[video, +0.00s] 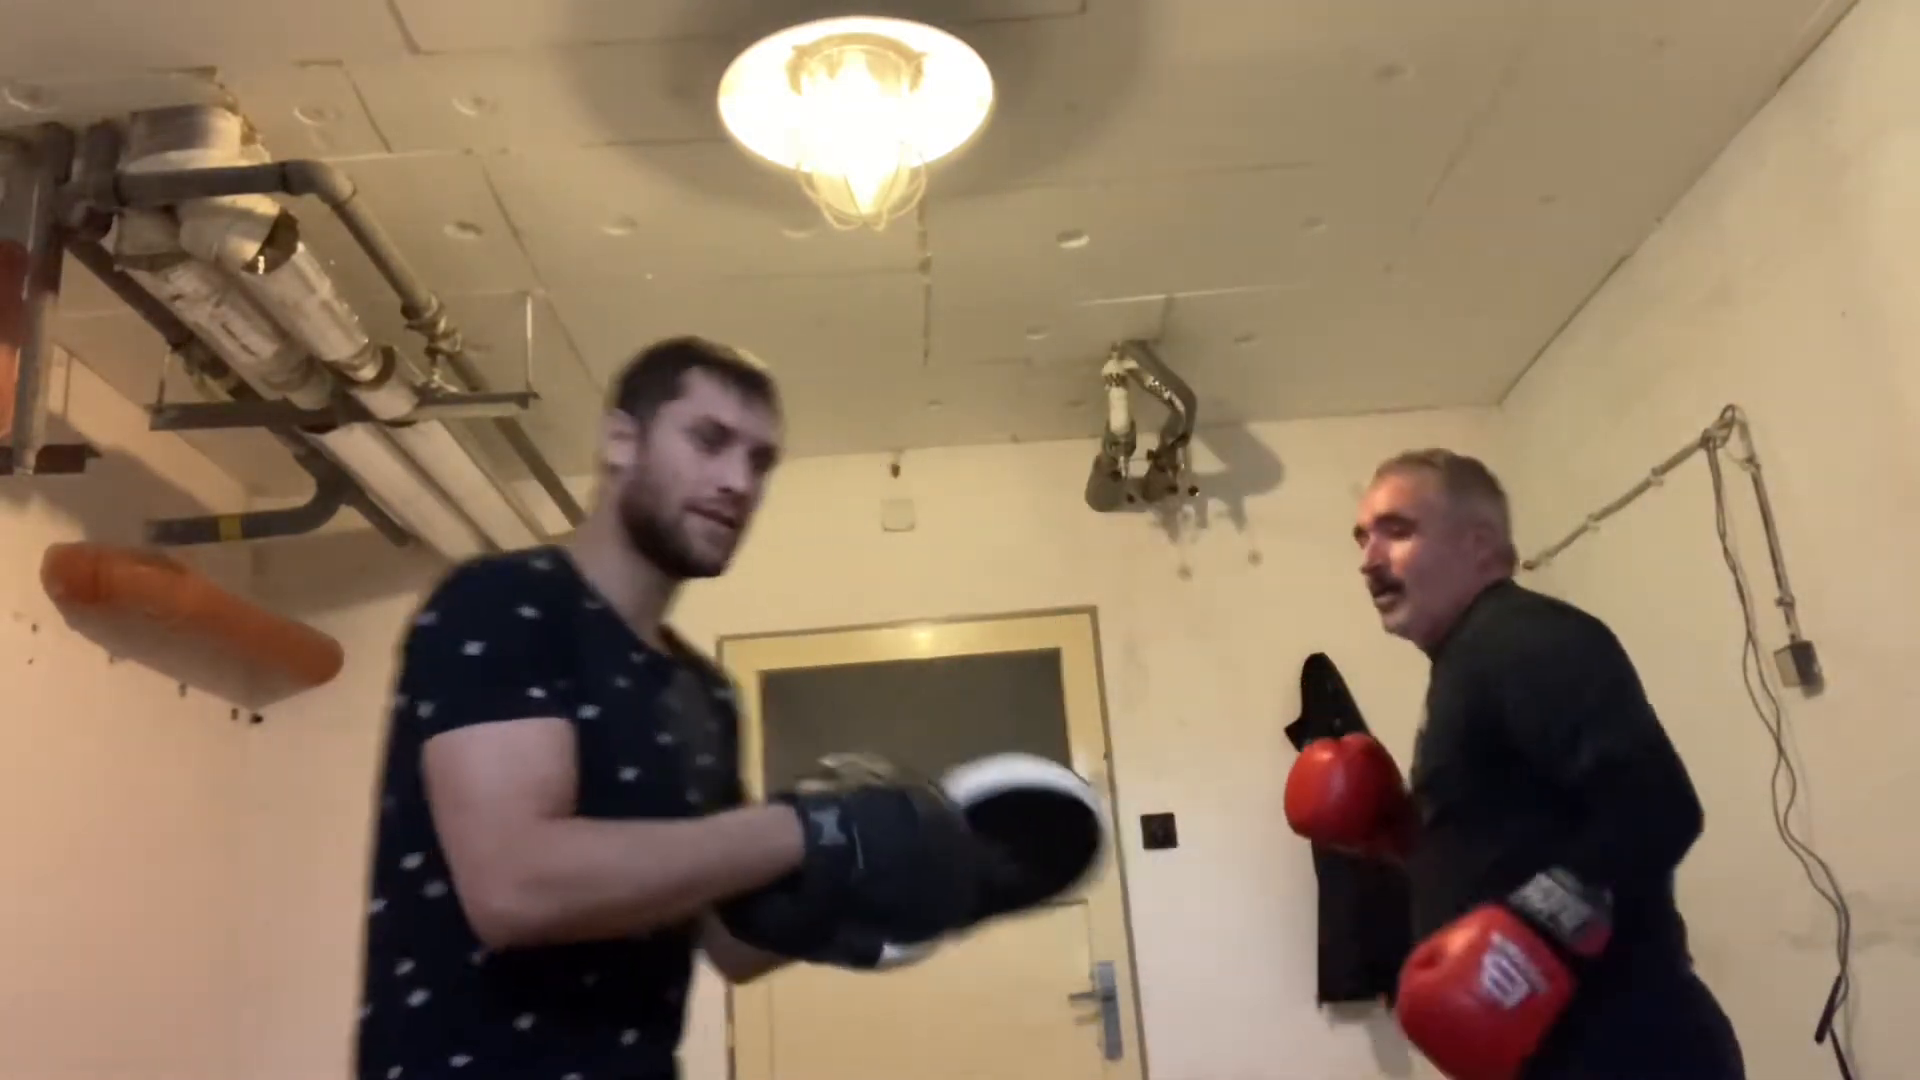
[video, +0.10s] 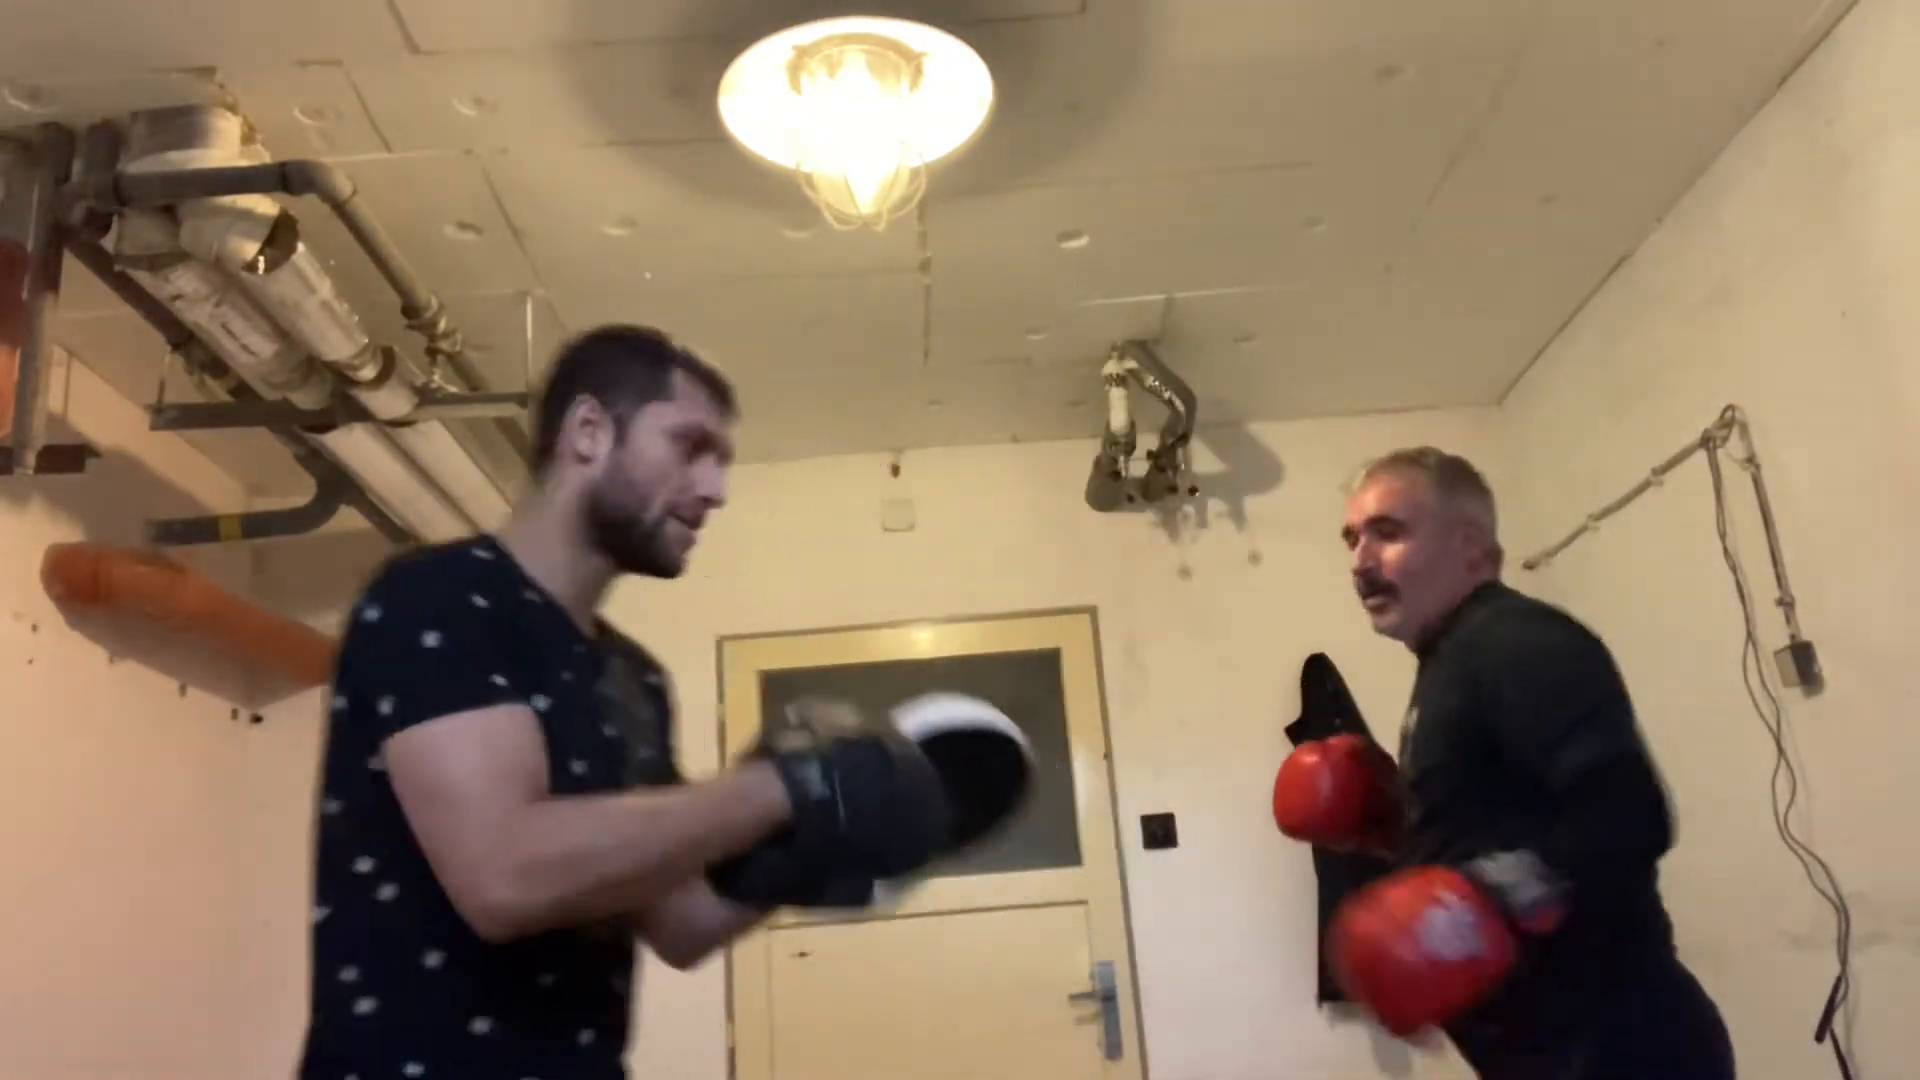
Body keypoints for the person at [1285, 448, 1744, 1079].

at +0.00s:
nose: (1368, 558)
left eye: (1396, 530)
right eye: (1363, 538)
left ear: (1480, 543)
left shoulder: (1535, 640)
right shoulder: (1465, 663)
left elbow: (1657, 806)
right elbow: (1506, 857)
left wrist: (1533, 933)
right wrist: (1396, 826)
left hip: (1619, 1047)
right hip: (1553, 1048)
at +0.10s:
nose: (1360, 559)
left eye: (1387, 532)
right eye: (1353, 540)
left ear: (1470, 544)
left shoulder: (1528, 644)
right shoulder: (1449, 664)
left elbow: (1629, 819)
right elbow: (1489, 837)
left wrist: (1486, 901)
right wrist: (1388, 811)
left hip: (1616, 1041)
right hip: (1545, 1043)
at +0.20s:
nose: (1339, 574)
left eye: (1366, 545)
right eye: (1331, 551)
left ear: (1449, 553)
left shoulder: (1502, 663)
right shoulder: (1432, 672)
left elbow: (1568, 862)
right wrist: (1358, 830)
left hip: (1599, 1049)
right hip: (1535, 1048)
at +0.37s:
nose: (1267, 606)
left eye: (1291, 576)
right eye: (1261, 580)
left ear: (1386, 579)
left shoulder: (1435, 688)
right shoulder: (1361, 696)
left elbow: (1422, 896)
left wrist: (1240, 882)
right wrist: (1323, 833)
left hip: (1566, 1051)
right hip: (1492, 1049)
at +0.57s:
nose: (1226, 621)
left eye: (1245, 588)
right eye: (1220, 592)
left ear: (1332, 581)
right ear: (1331, 584)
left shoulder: (1392, 684)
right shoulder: (1364, 670)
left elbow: (1349, 907)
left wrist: (1216, 827)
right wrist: (1273, 795)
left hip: (1530, 1057)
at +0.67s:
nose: (1236, 625)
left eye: (1251, 591)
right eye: (1227, 599)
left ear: (1332, 581)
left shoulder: (1431, 683)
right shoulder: (1331, 693)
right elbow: (1333, 846)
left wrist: (1273, 773)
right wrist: (1253, 760)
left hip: (1522, 1048)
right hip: (1437, 1049)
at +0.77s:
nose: (1244, 640)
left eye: (1260, 605)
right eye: (1233, 615)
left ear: (1340, 592)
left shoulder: (1462, 688)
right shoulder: (1320, 712)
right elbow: (1265, 868)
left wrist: (1321, 777)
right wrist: (1222, 787)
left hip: (1535, 1051)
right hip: (1422, 1056)